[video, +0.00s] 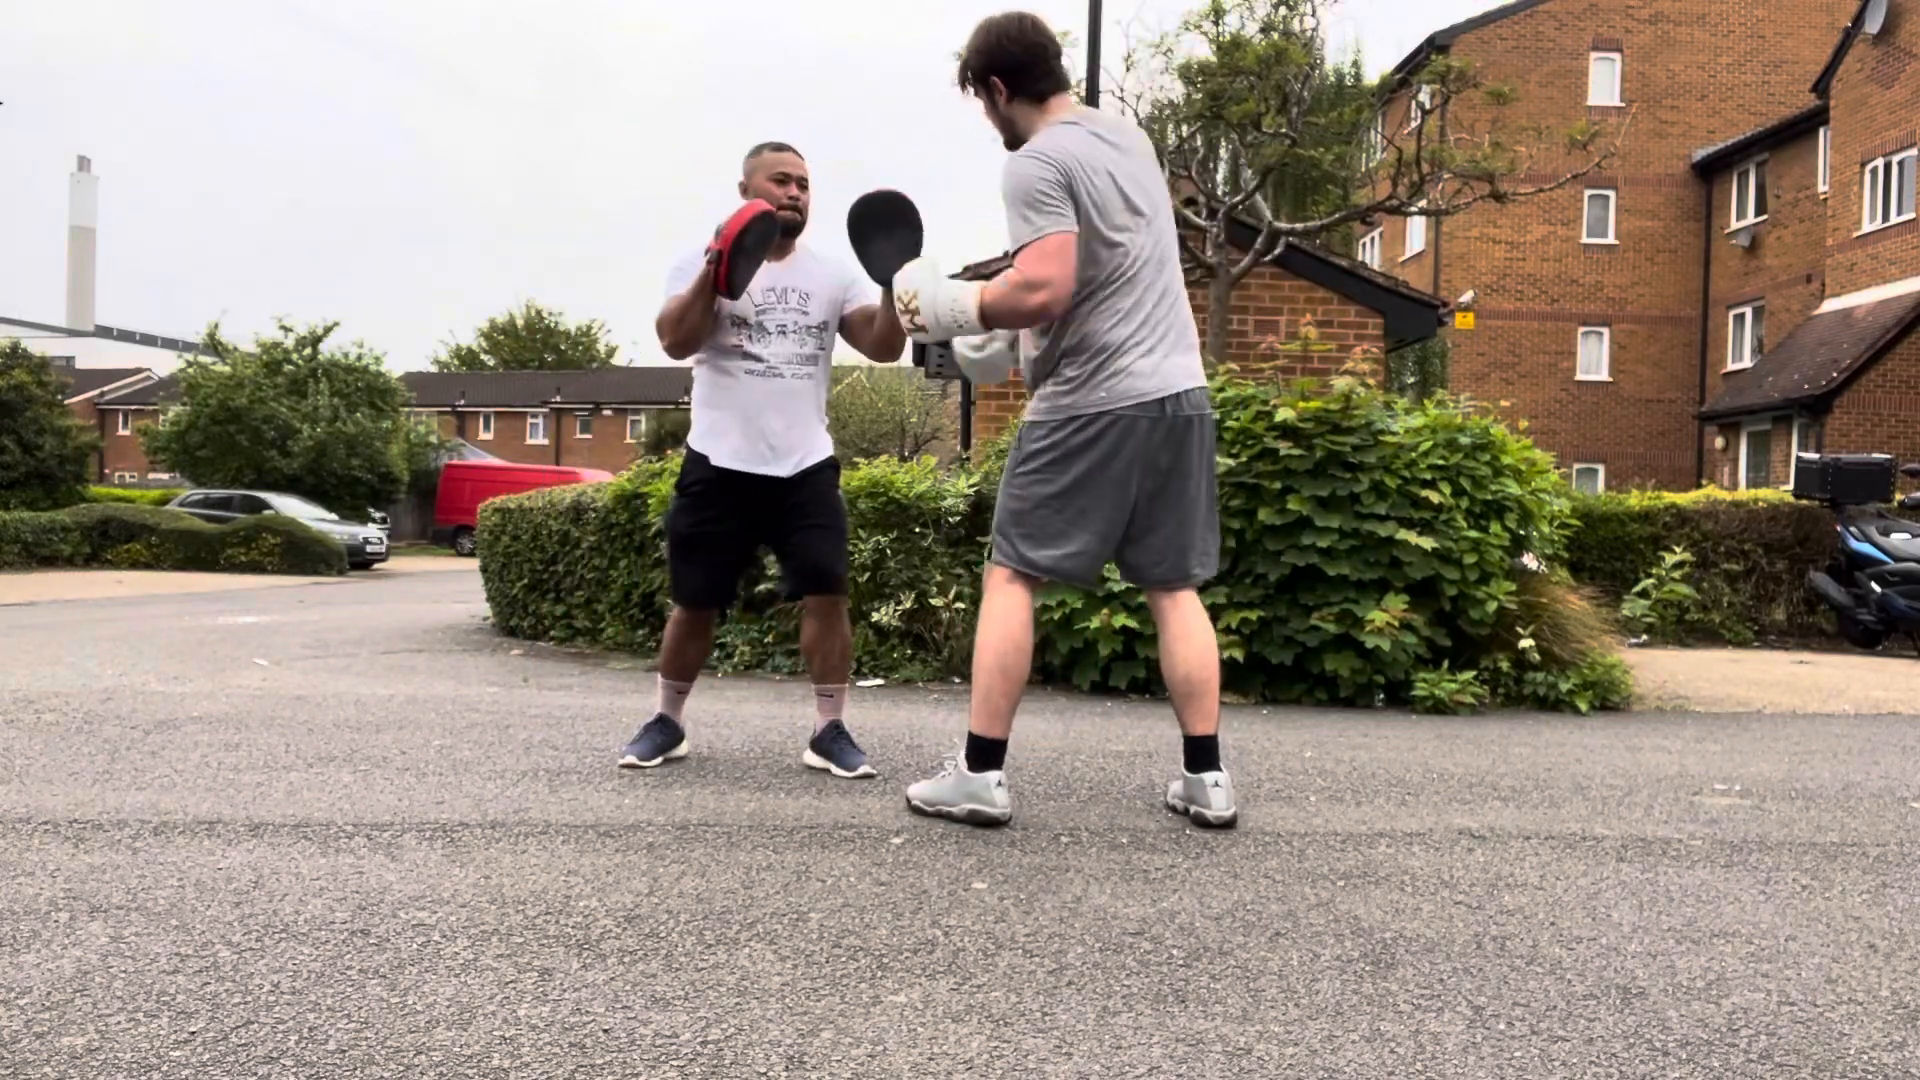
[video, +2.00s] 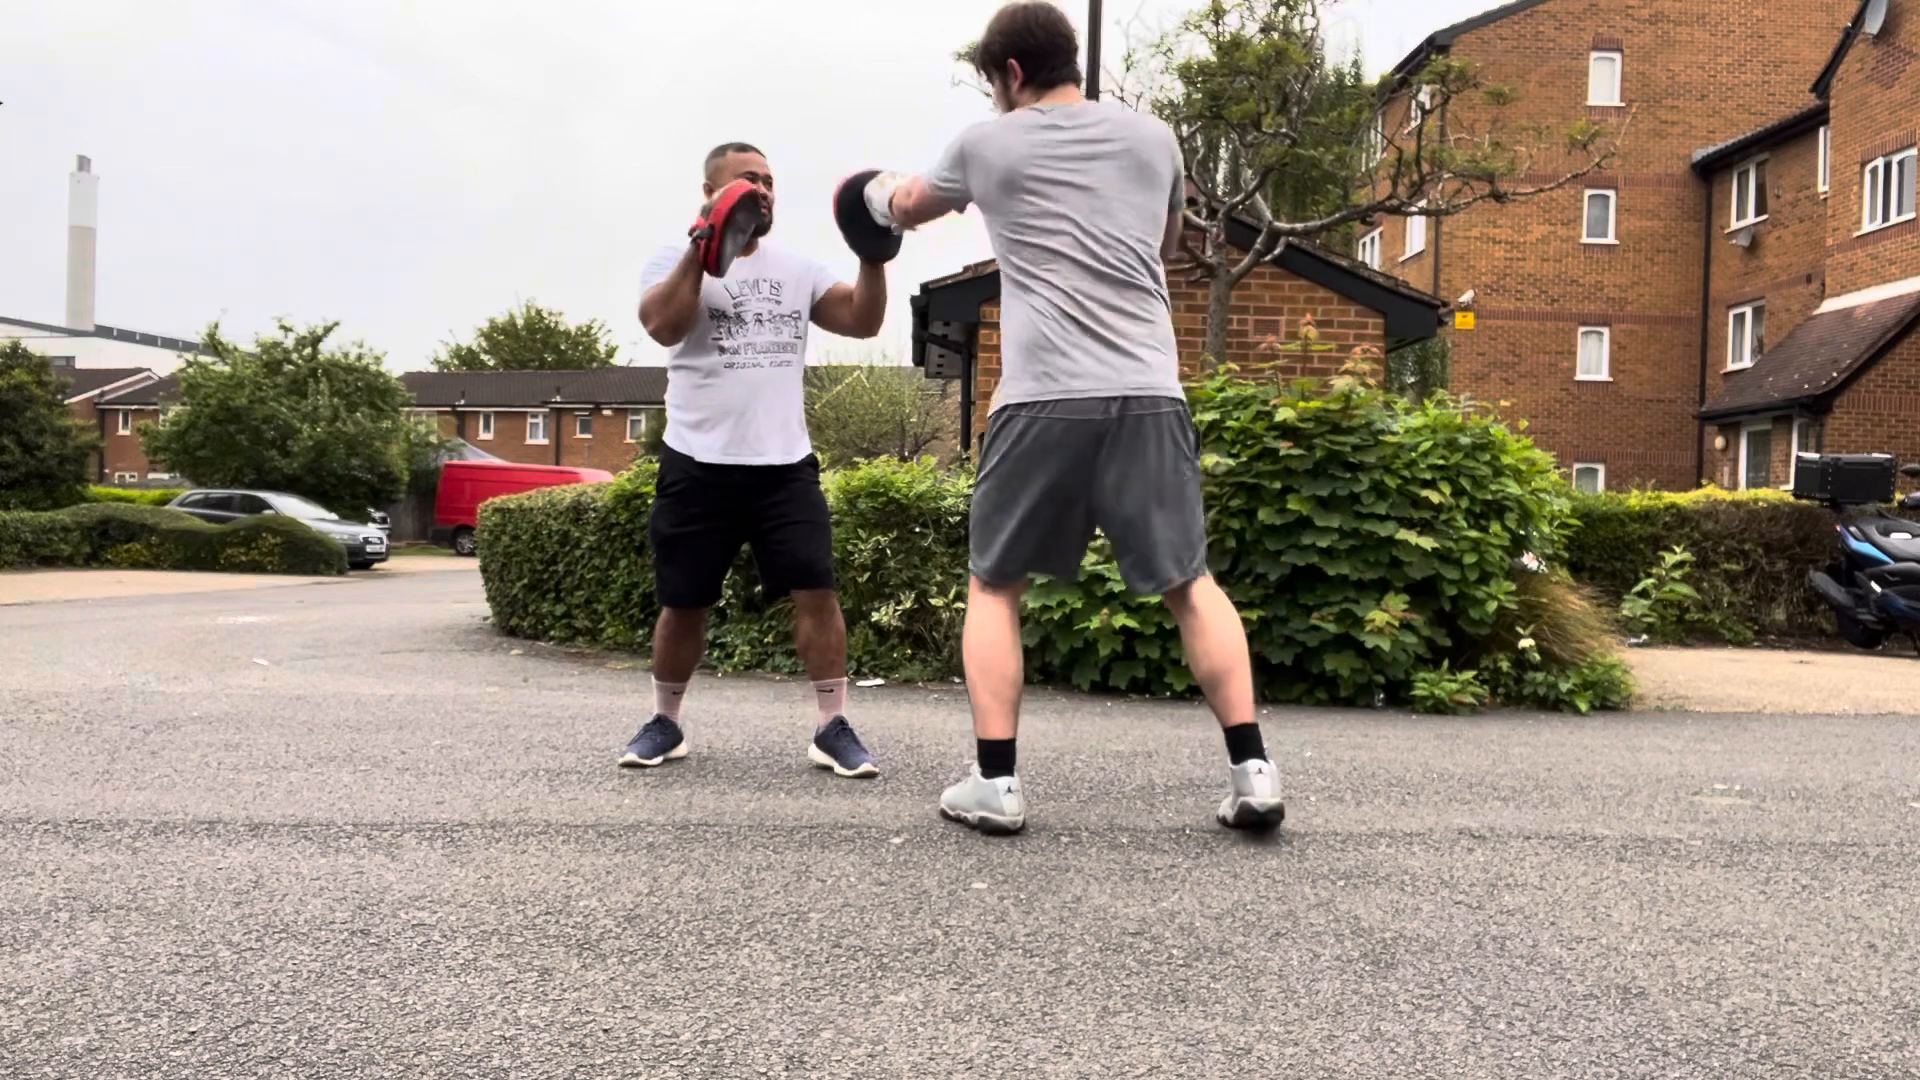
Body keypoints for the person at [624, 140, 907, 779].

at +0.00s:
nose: (796, 192)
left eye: (804, 184)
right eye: (781, 180)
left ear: (812, 198)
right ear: (745, 189)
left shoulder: (831, 267)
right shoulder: (708, 260)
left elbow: (884, 346)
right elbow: (674, 341)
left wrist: (898, 281)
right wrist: (716, 271)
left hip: (805, 462)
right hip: (719, 460)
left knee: (827, 588)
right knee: (694, 600)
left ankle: (830, 728)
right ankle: (666, 721)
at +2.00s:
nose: (761, 188)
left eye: (768, 180)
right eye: (745, 179)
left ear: (776, 195)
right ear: (711, 193)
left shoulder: (795, 265)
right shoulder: (673, 261)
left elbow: (863, 320)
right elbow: (664, 329)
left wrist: (873, 255)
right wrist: (700, 252)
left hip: (785, 460)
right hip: (698, 461)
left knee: (816, 586)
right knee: (682, 599)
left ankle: (834, 724)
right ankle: (665, 721)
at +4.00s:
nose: (789, 203)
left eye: (796, 195)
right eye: (777, 192)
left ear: (801, 209)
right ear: (743, 202)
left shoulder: (814, 279)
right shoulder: (704, 264)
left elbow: (874, 338)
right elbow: (704, 307)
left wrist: (872, 268)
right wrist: (732, 231)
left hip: (805, 464)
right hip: (722, 463)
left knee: (830, 592)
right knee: (710, 601)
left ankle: (851, 728)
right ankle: (699, 722)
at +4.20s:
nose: (795, 203)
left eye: (802, 195)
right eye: (783, 192)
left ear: (807, 210)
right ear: (746, 202)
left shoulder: (820, 277)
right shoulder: (708, 261)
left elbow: (878, 342)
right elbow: (704, 314)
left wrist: (878, 276)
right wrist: (740, 239)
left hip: (807, 464)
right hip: (722, 463)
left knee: (831, 592)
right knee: (710, 601)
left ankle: (851, 728)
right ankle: (699, 722)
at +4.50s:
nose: (792, 193)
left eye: (799, 185)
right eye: (777, 183)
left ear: (807, 200)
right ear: (743, 197)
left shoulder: (827, 268)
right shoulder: (705, 266)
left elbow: (905, 292)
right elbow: (688, 333)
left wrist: (923, 225)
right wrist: (727, 257)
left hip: (813, 464)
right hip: (727, 465)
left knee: (839, 590)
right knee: (712, 601)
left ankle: (851, 728)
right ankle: (699, 721)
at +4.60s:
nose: (794, 191)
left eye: (800, 182)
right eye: (778, 181)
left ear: (808, 198)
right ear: (744, 195)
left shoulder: (829, 270)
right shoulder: (708, 264)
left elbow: (899, 313)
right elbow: (689, 332)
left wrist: (907, 240)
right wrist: (726, 255)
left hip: (817, 462)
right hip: (730, 462)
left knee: (844, 587)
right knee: (714, 601)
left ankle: (852, 728)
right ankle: (699, 721)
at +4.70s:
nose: (800, 196)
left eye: (807, 187)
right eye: (785, 185)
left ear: (813, 202)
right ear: (750, 197)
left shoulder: (826, 275)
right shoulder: (717, 264)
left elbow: (881, 341)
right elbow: (704, 313)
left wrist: (912, 289)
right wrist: (737, 234)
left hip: (819, 461)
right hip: (734, 461)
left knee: (854, 578)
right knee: (716, 601)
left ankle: (860, 722)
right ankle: (699, 721)